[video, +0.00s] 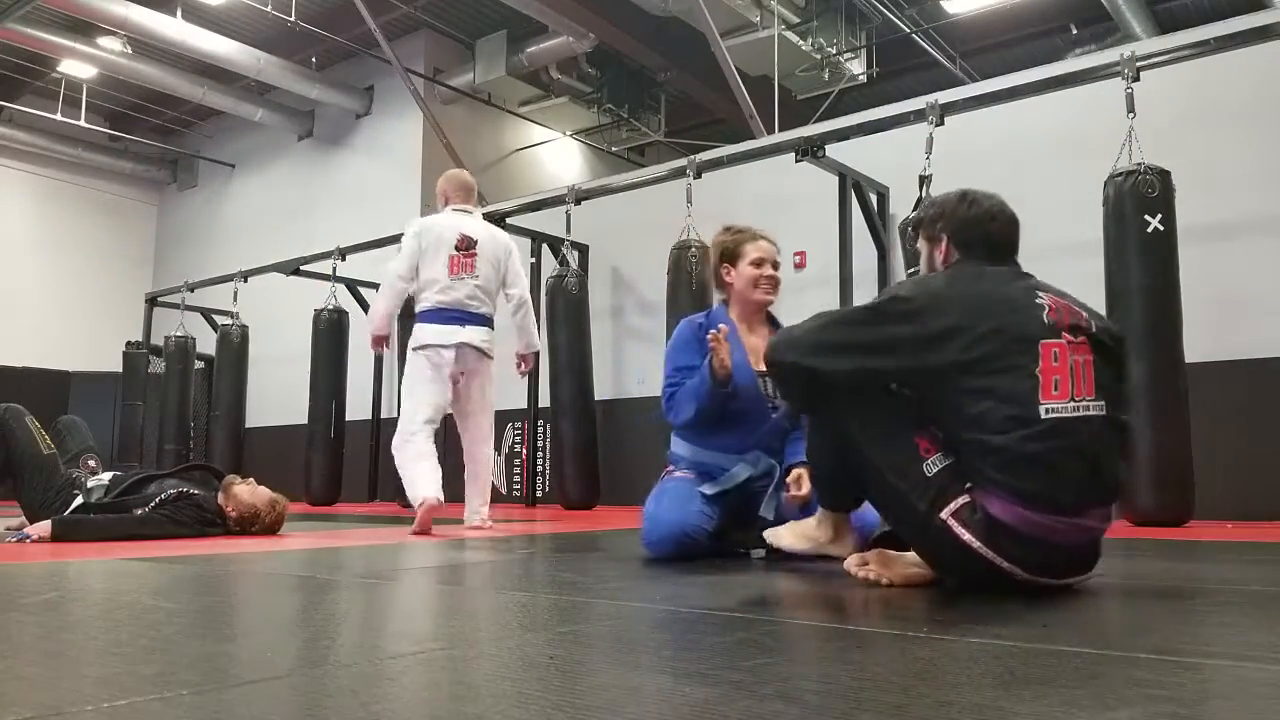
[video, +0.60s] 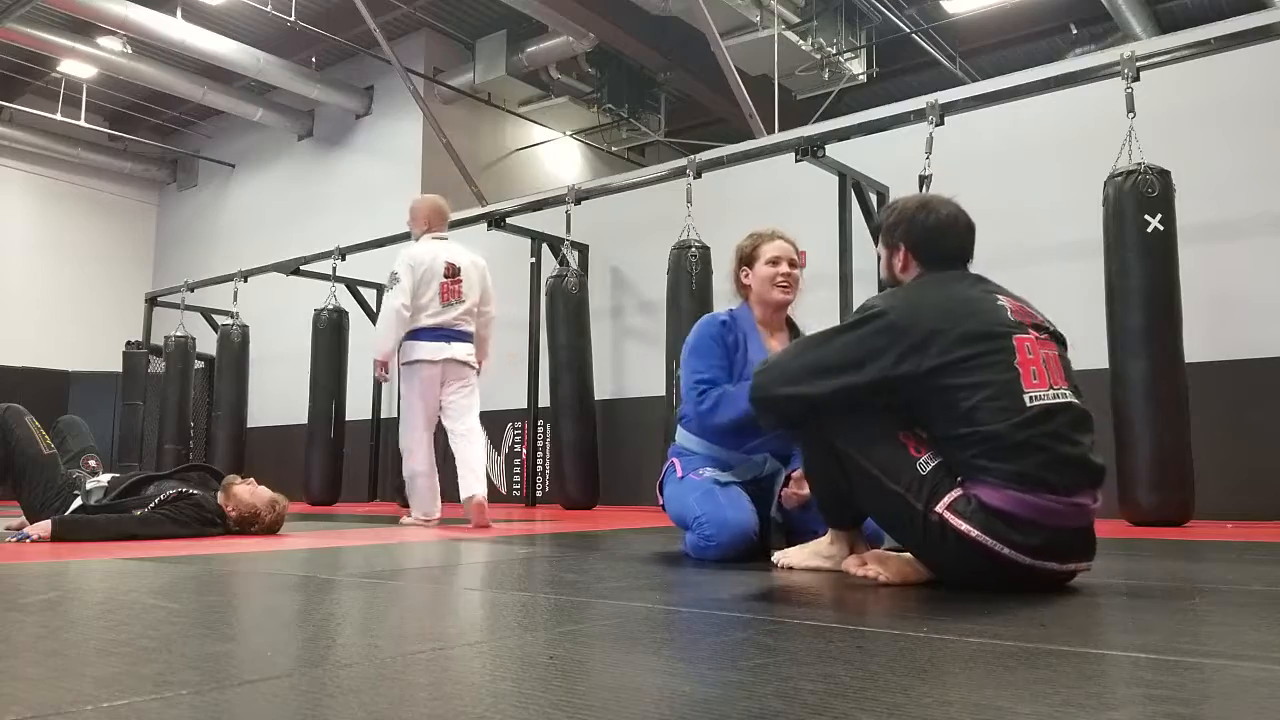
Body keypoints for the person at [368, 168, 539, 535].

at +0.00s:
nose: (437, 203)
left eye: (438, 199)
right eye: (439, 199)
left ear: (443, 198)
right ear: (476, 200)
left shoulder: (423, 228)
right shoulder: (501, 238)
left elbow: (398, 277)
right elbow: (519, 296)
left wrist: (380, 323)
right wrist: (528, 343)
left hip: (431, 339)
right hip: (478, 342)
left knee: (415, 424)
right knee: (478, 430)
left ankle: (426, 494)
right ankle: (477, 515)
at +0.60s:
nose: (409, 225)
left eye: (411, 219)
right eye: (409, 219)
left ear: (423, 221)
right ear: (445, 222)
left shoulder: (411, 255)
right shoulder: (474, 259)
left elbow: (398, 305)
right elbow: (486, 314)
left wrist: (383, 350)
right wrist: (480, 353)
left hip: (420, 353)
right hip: (462, 354)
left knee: (416, 431)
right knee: (466, 426)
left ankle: (425, 510)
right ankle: (476, 494)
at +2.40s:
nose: (185, 252)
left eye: (191, 247)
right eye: (186, 247)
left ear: (208, 253)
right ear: (211, 255)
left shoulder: (198, 279)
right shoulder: (228, 287)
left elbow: (178, 307)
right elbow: (233, 336)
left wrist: (122, 299)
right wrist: (224, 368)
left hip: (191, 369)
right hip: (215, 372)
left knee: (184, 440)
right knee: (191, 439)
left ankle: (212, 495)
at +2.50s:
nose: (174, 251)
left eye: (181, 247)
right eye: (176, 247)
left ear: (199, 253)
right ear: (200, 255)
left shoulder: (189, 280)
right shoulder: (215, 285)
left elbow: (166, 318)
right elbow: (223, 337)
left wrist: (123, 342)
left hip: (182, 370)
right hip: (206, 372)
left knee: (154, 436)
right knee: (190, 441)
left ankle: (198, 489)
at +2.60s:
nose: (162, 252)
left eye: (169, 248)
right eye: (163, 247)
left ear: (187, 254)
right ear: (189, 256)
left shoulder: (174, 282)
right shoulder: (205, 285)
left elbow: (163, 330)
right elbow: (212, 337)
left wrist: (147, 374)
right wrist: (201, 364)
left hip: (172, 374)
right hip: (197, 375)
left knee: (133, 437)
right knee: (187, 446)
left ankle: (162, 491)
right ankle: (190, 498)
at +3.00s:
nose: (102, 258)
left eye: (108, 254)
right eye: (103, 253)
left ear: (126, 257)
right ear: (130, 260)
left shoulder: (117, 286)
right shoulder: (156, 292)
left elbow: (105, 332)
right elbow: (161, 339)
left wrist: (84, 370)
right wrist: (149, 368)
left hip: (114, 374)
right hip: (145, 377)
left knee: (93, 436)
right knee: (134, 438)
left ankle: (93, 500)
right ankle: (165, 490)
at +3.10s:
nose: (88, 258)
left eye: (94, 253)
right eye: (89, 253)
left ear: (112, 256)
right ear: (117, 258)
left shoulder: (104, 285)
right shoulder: (145, 292)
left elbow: (89, 331)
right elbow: (154, 337)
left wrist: (63, 370)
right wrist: (139, 371)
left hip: (102, 370)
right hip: (132, 373)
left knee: (90, 438)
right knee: (116, 437)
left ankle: (92, 500)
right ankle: (141, 486)